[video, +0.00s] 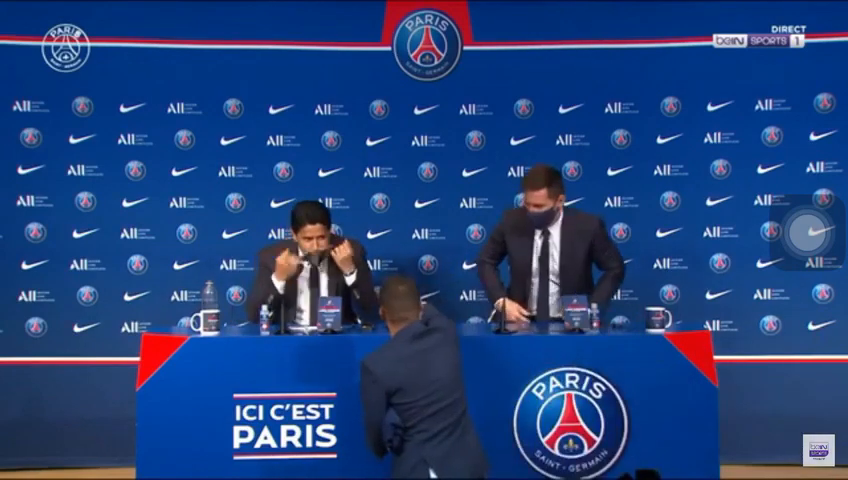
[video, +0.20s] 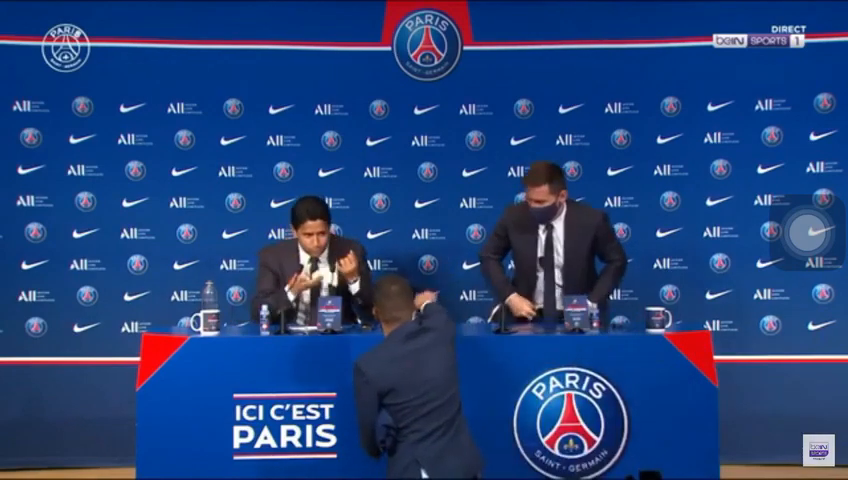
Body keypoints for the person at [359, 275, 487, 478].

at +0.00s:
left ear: (382, 313)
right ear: (420, 307)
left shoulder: (376, 365)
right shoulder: (446, 333)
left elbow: (377, 436)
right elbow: (428, 310)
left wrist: (381, 449)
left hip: (417, 464)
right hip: (466, 458)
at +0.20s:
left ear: (376, 313)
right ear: (414, 306)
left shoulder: (369, 366)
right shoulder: (441, 332)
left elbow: (372, 442)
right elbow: (436, 314)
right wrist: (427, 303)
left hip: (411, 466)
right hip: (461, 461)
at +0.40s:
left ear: (376, 312)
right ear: (415, 305)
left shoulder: (368, 365)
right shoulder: (443, 332)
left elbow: (369, 438)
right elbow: (471, 325)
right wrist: (434, 309)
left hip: (408, 464)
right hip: (459, 459)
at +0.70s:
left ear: (380, 310)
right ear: (417, 303)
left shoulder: (369, 362)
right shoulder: (445, 329)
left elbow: (369, 436)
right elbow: (464, 324)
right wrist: (424, 319)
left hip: (406, 463)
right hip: (458, 459)